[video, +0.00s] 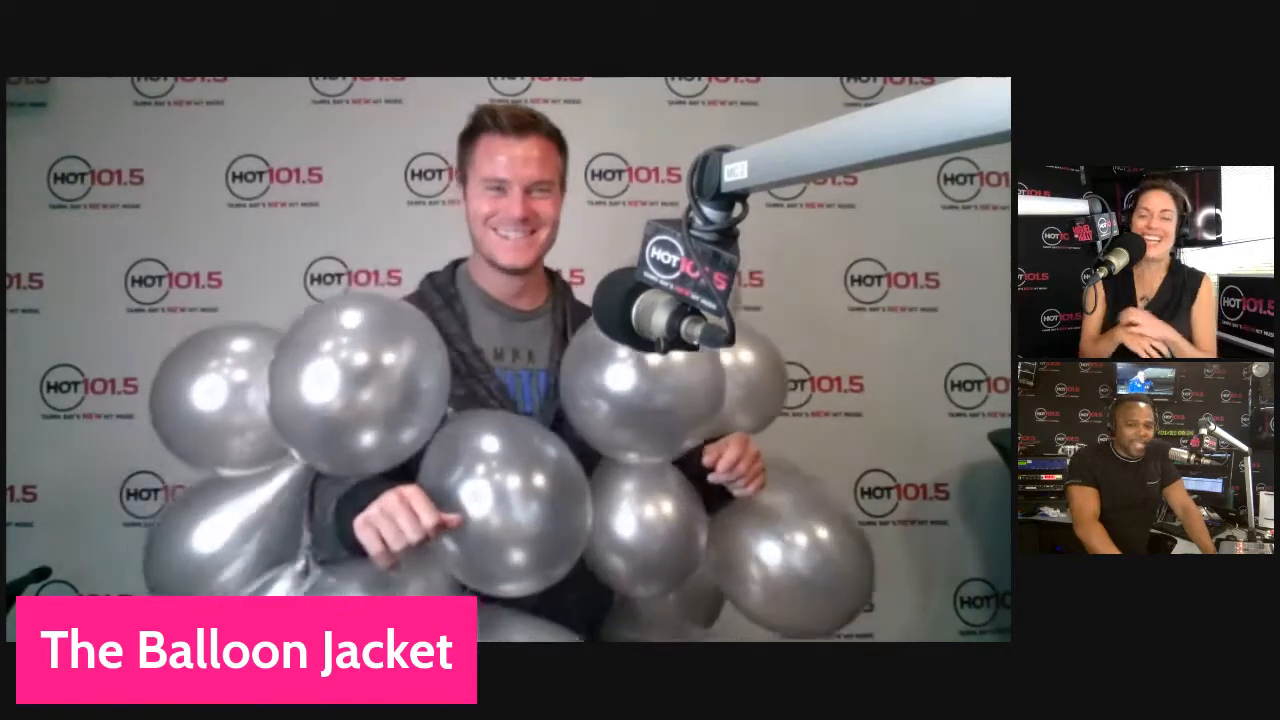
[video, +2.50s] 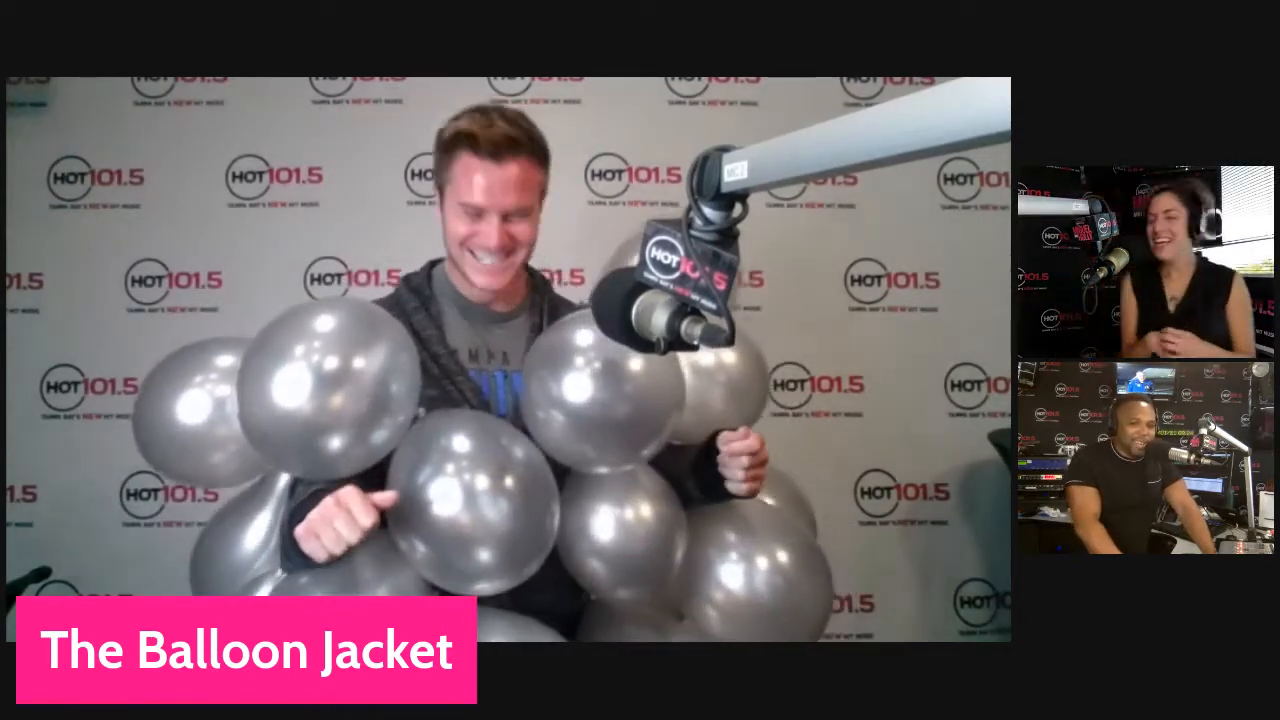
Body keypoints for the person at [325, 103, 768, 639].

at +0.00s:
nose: (517, 211)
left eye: (538, 190)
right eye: (495, 188)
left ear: (561, 201)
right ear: (461, 193)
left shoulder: (599, 336)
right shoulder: (404, 335)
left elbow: (645, 472)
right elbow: (331, 483)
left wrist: (712, 465)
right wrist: (369, 506)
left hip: (588, 616)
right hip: (447, 616)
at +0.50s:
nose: (516, 205)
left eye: (535, 184)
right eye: (493, 184)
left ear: (558, 198)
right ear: (458, 197)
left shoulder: (603, 335)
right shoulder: (402, 335)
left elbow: (651, 489)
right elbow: (335, 479)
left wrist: (714, 469)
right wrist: (361, 506)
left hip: (574, 612)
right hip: (435, 613)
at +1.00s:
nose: (521, 205)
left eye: (539, 184)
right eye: (497, 185)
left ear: (561, 195)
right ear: (461, 196)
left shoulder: (603, 333)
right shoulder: (406, 333)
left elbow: (653, 492)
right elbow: (338, 475)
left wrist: (722, 463)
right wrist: (357, 501)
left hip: (581, 613)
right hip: (440, 610)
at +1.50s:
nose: (520, 204)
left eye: (538, 181)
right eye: (495, 183)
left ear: (560, 191)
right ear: (457, 194)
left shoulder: (604, 329)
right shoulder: (406, 334)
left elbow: (657, 486)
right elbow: (335, 502)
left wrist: (728, 462)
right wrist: (373, 503)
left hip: (589, 616)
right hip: (446, 617)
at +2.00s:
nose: (524, 263)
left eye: (545, 241)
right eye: (502, 238)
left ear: (566, 219)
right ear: (462, 210)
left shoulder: (597, 332)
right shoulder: (398, 335)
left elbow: (654, 467)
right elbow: (334, 469)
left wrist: (720, 472)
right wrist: (343, 511)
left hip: (585, 605)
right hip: (441, 606)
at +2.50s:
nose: (494, 237)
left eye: (515, 215)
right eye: (473, 213)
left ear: (540, 214)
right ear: (440, 207)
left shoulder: (583, 334)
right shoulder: (379, 337)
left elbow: (637, 463)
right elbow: (317, 467)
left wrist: (714, 466)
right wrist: (319, 514)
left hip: (568, 608)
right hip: (423, 608)